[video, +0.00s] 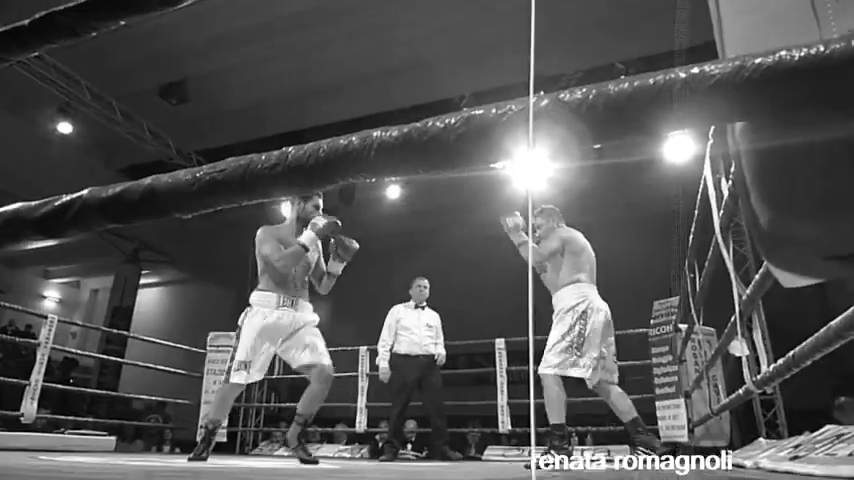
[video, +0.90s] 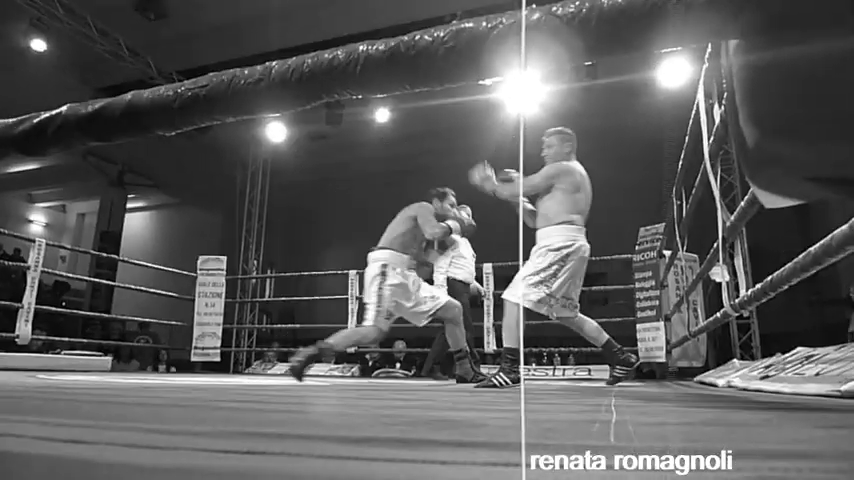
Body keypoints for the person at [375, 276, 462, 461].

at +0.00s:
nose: (422, 290)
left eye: (425, 288)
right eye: (419, 287)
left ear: (429, 292)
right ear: (410, 290)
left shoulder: (434, 316)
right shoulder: (397, 311)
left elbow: (439, 340)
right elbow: (385, 340)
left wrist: (441, 351)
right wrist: (383, 365)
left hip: (428, 362)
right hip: (403, 361)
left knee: (436, 405)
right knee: (399, 407)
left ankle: (440, 447)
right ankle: (391, 448)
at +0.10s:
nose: (432, 287)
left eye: (434, 285)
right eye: (428, 284)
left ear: (438, 290)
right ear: (419, 288)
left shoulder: (442, 314)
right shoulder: (407, 308)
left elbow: (447, 338)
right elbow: (395, 336)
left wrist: (449, 348)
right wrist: (393, 360)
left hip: (438, 359)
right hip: (412, 357)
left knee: (442, 401)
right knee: (406, 402)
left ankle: (443, 442)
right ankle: (395, 442)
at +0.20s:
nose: (440, 266)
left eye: (443, 263)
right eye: (436, 263)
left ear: (447, 268)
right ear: (429, 267)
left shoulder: (451, 291)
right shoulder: (418, 286)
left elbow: (456, 314)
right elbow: (407, 312)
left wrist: (459, 325)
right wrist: (403, 337)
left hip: (447, 336)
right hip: (424, 335)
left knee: (447, 378)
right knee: (414, 378)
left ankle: (443, 418)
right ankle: (397, 417)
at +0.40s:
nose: (452, 219)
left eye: (453, 215)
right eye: (448, 215)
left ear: (454, 218)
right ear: (440, 217)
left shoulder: (455, 241)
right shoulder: (426, 236)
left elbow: (461, 266)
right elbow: (417, 265)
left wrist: (469, 284)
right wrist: (417, 292)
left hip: (454, 286)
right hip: (434, 285)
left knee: (450, 327)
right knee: (431, 324)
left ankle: (446, 363)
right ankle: (415, 357)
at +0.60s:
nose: (450, 223)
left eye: (453, 221)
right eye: (446, 220)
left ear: (456, 225)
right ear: (438, 223)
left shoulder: (453, 248)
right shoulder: (428, 241)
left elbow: (455, 275)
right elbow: (419, 269)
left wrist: (468, 287)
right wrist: (419, 292)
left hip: (448, 287)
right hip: (434, 284)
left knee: (442, 326)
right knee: (440, 324)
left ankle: (434, 369)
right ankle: (433, 370)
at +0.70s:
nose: (456, 221)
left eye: (459, 218)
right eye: (452, 218)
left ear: (462, 223)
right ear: (445, 221)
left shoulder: (458, 246)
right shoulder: (435, 239)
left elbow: (459, 275)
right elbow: (427, 267)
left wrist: (472, 288)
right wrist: (427, 291)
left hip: (454, 285)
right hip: (440, 283)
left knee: (445, 323)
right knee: (450, 321)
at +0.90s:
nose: (469, 220)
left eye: (470, 217)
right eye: (465, 215)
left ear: (470, 221)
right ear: (456, 217)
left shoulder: (466, 244)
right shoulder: (451, 238)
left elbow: (466, 273)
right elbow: (441, 265)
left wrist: (478, 287)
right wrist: (440, 291)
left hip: (465, 284)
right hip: (453, 282)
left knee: (453, 326)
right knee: (464, 323)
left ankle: (430, 366)